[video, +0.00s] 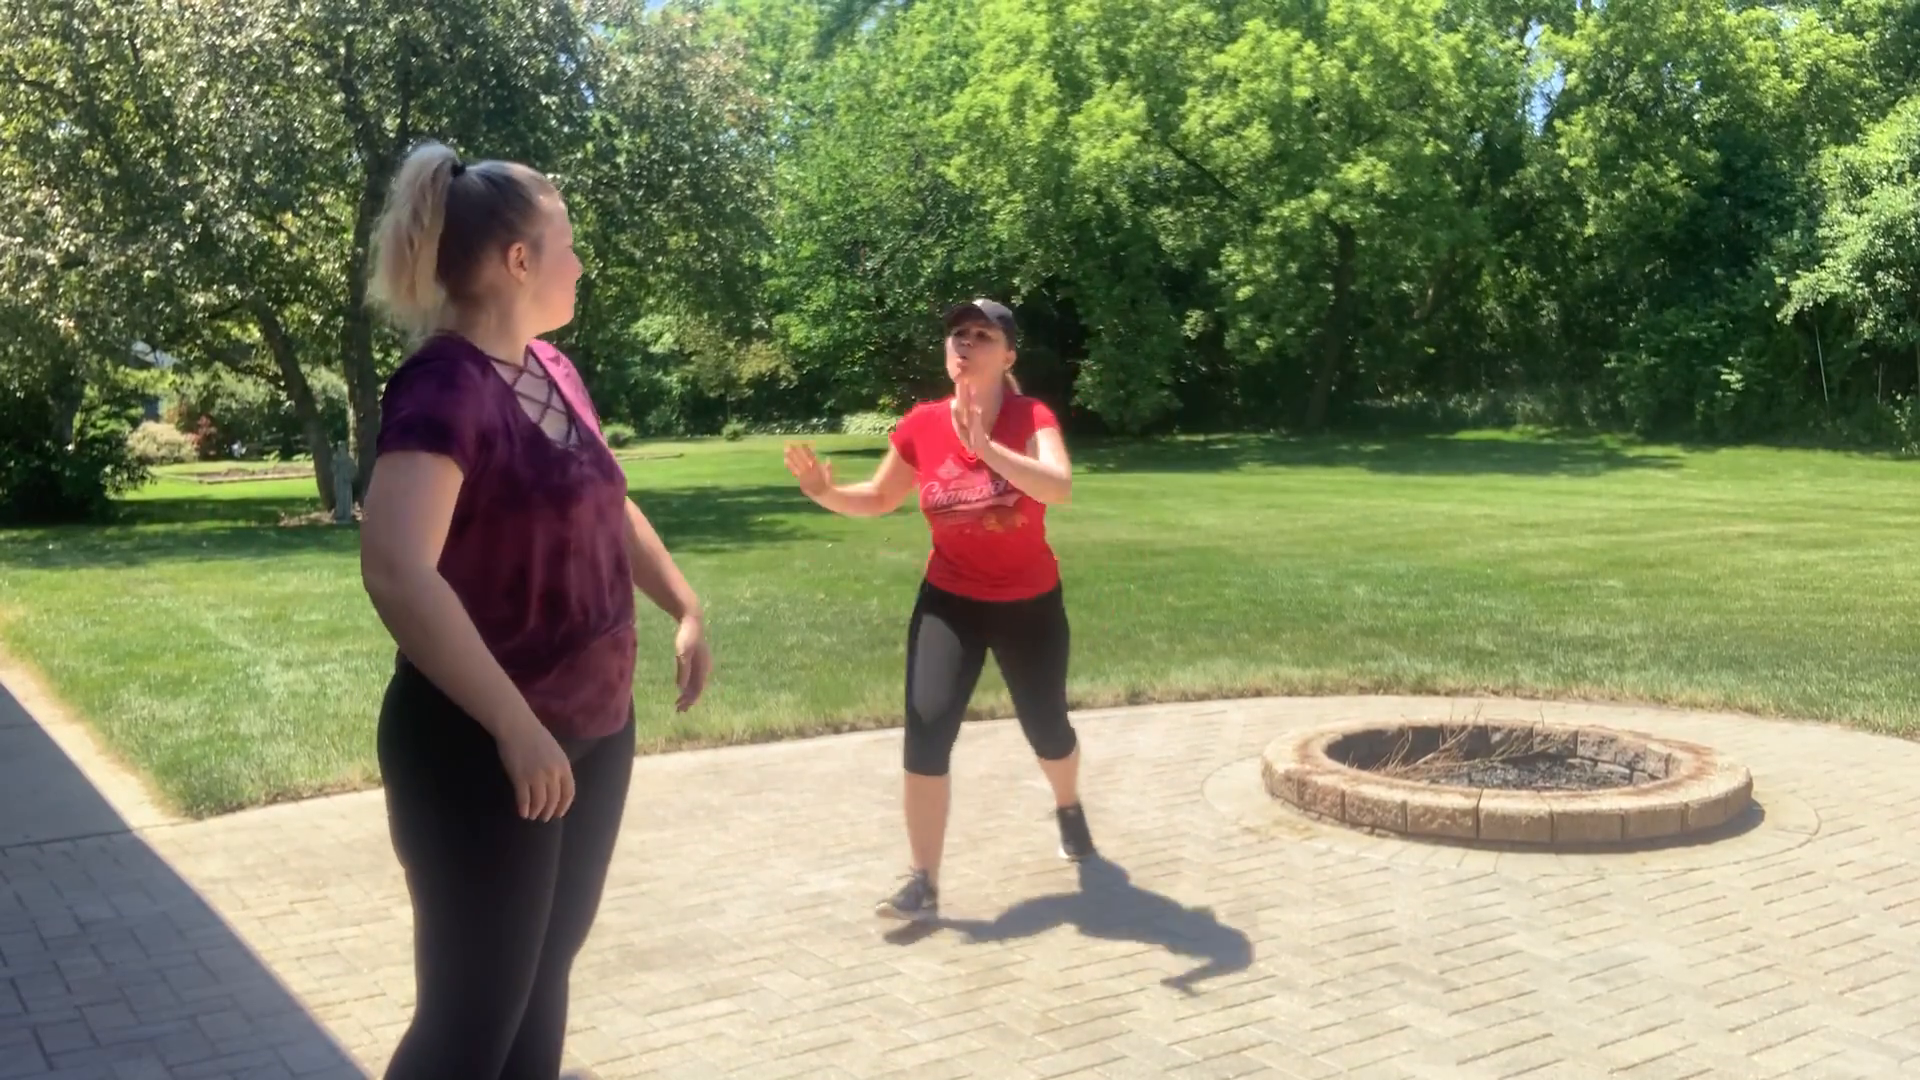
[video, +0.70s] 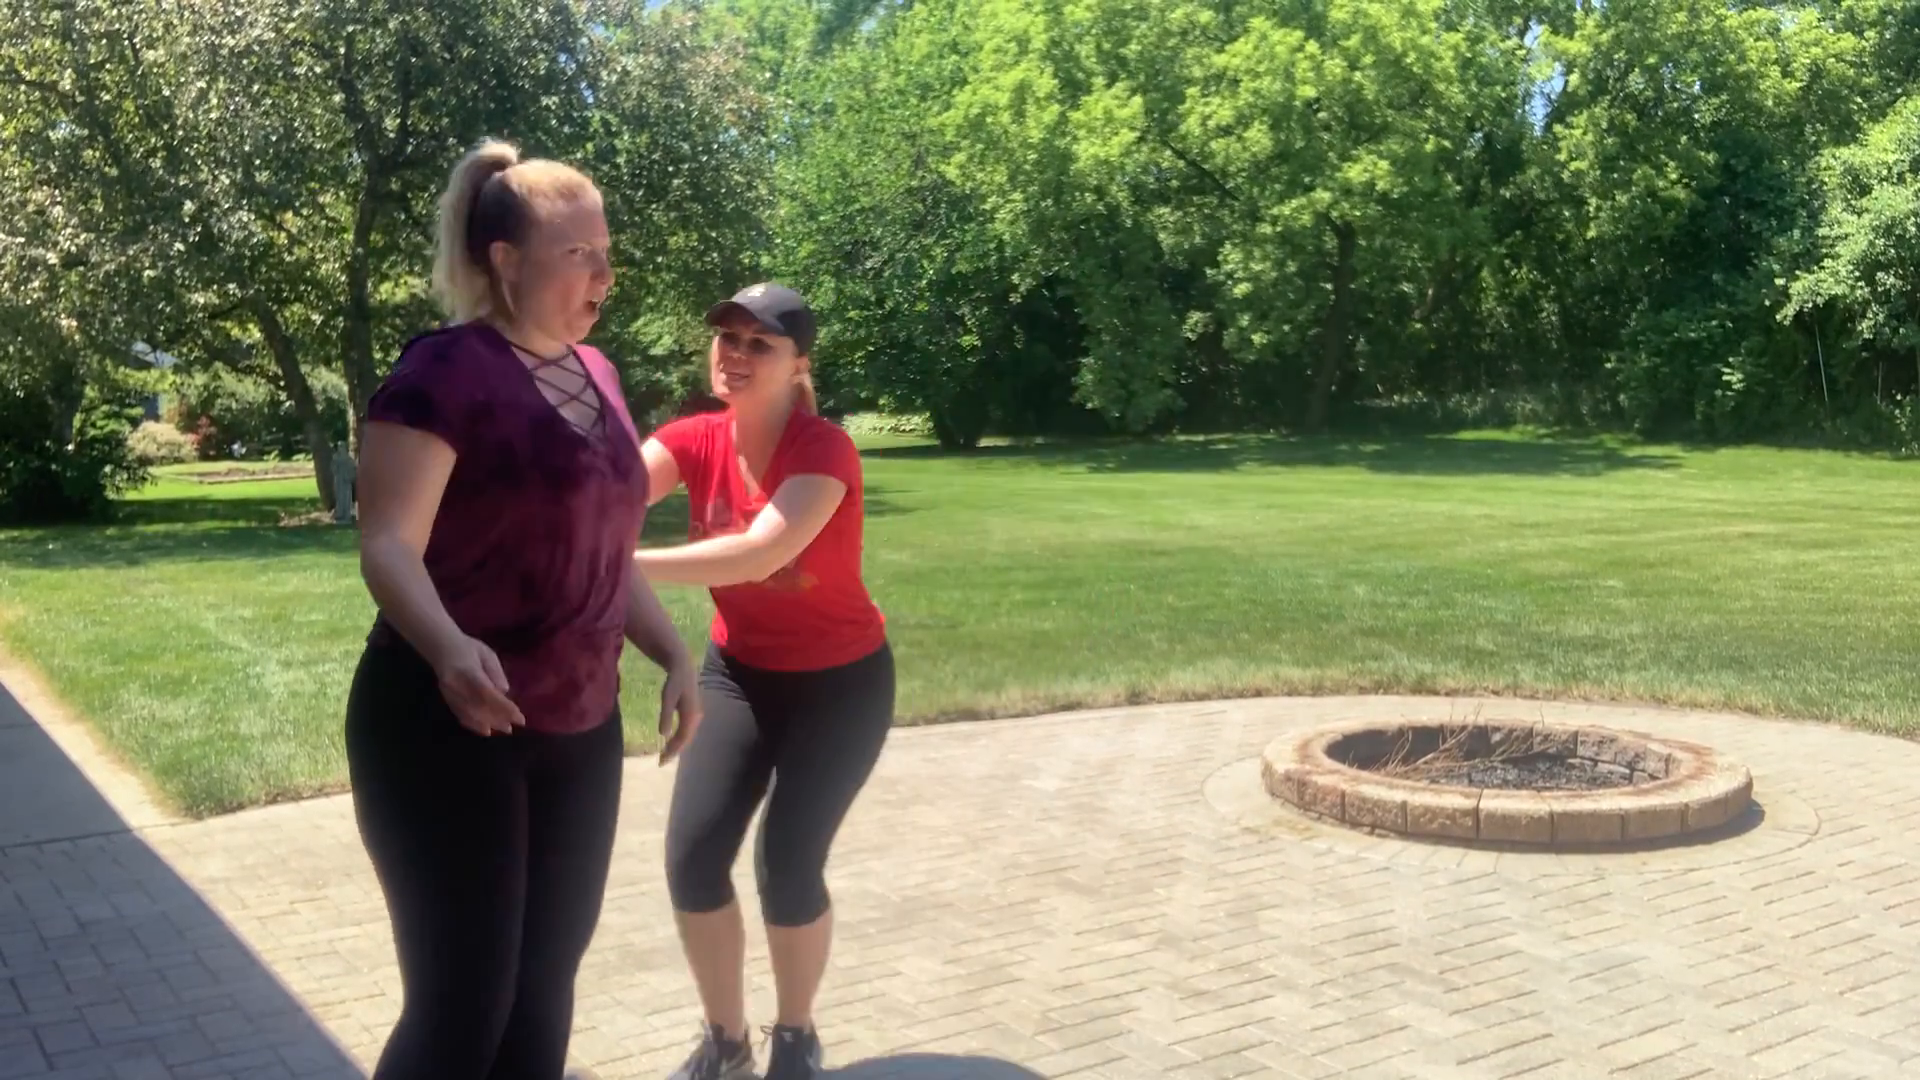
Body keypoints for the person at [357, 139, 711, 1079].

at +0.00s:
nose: (579, 259)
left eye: (572, 240)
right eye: (565, 242)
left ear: (514, 262)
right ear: (517, 261)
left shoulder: (553, 365)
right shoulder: (447, 384)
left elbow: (607, 504)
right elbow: (395, 566)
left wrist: (685, 604)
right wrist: (519, 726)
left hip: (588, 732)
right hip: (482, 744)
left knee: (542, 991)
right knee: (468, 1024)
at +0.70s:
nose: (604, 275)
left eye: (606, 254)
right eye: (581, 254)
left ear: (603, 258)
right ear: (504, 260)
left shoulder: (593, 371)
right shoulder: (443, 370)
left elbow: (606, 553)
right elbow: (388, 543)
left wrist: (674, 651)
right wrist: (449, 645)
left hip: (573, 721)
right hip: (442, 719)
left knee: (541, 1005)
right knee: (459, 1011)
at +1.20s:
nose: (381, 201)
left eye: (405, 194)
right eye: (351, 189)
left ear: (435, 245)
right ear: (304, 236)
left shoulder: (499, 374)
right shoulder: (248, 364)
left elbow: (553, 544)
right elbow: (51, 437)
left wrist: (652, 583)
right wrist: (259, 417)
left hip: (489, 775)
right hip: (295, 781)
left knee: (448, 1052)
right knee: (336, 1054)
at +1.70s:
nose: (221, 255)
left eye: (249, 222)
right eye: (181, 227)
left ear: (294, 233)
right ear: (132, 250)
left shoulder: (386, 391)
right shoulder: (87, 408)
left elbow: (530, 600)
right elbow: (74, 626)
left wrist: (367, 752)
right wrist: (23, 803)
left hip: (380, 835)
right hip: (163, 837)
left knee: (350, 1067)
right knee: (122, 1066)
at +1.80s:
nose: (202, 272)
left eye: (226, 230)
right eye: (159, 240)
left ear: (265, 223)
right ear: (100, 248)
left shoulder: (362, 388)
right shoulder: (54, 406)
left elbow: (466, 622)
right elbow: (36, 647)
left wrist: (278, 741)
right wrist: (8, 789)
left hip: (350, 842)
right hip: (123, 847)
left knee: (334, 1065)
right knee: (128, 1065)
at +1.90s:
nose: (192, 273)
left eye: (215, 228)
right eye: (145, 241)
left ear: (251, 214)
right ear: (85, 247)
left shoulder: (352, 384)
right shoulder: (41, 391)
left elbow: (427, 627)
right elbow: (12, 629)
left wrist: (227, 718)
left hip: (331, 841)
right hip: (104, 842)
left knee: (322, 1065)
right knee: (115, 1065)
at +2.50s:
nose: (274, 238)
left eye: (281, 209)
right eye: (235, 205)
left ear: (291, 222)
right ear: (133, 215)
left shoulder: (333, 385)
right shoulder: (25, 394)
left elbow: (420, 577)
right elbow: (4, 666)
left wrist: (448, 614)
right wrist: (23, 627)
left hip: (319, 842)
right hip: (80, 851)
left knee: (330, 1066)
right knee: (96, 1064)